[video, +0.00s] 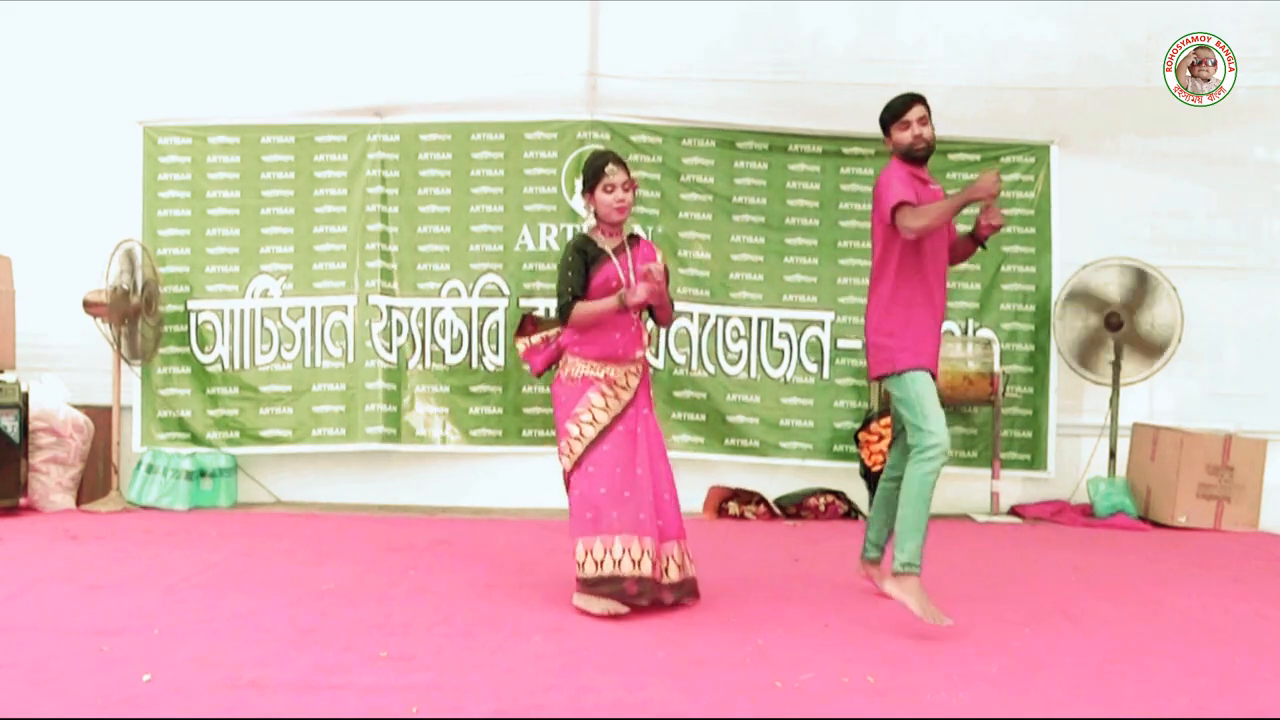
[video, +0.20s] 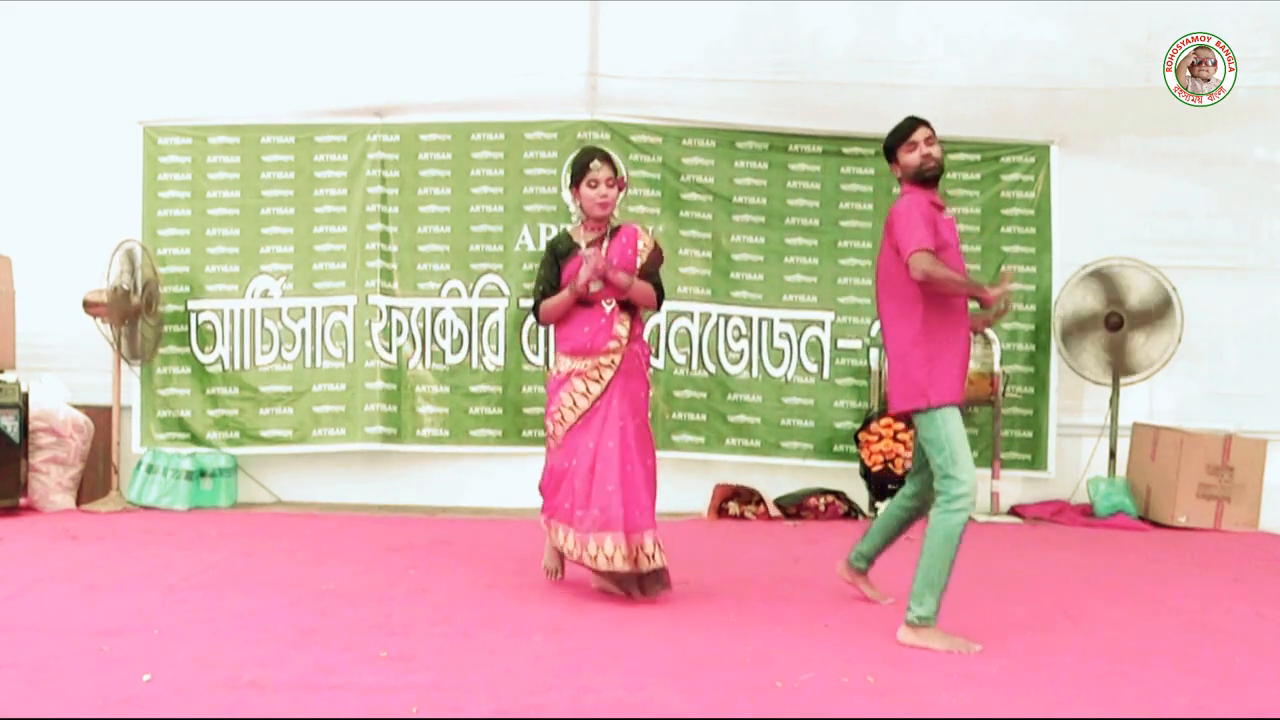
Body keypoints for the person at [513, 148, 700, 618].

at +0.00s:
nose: (621, 196)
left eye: (627, 187)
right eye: (610, 189)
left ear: (634, 192)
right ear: (589, 198)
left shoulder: (645, 250)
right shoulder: (580, 249)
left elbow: (666, 317)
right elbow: (569, 314)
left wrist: (659, 291)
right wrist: (621, 301)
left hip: (631, 374)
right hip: (585, 374)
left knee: (641, 471)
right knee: (597, 474)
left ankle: (643, 577)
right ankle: (595, 582)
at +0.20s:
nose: (604, 193)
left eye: (611, 184)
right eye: (593, 185)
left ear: (620, 189)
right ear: (576, 193)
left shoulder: (637, 242)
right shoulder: (560, 248)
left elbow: (654, 299)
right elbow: (543, 313)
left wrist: (615, 276)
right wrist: (576, 288)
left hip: (623, 363)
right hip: (572, 365)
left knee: (621, 455)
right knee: (570, 456)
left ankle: (616, 559)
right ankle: (557, 539)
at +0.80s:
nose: (612, 205)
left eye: (617, 196)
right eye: (600, 198)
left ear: (624, 200)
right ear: (580, 207)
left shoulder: (630, 254)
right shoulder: (577, 261)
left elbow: (641, 306)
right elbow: (587, 322)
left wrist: (657, 290)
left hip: (623, 385)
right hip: (580, 388)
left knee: (639, 467)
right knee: (605, 477)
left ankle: (615, 564)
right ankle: (556, 540)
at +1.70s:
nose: (644, 185)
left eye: (644, 176)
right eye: (634, 178)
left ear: (625, 184)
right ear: (608, 186)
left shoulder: (627, 239)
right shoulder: (604, 239)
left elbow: (627, 308)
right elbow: (625, 310)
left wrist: (668, 301)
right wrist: (685, 315)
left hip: (618, 370)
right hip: (598, 373)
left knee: (625, 469)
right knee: (637, 473)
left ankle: (588, 570)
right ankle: (614, 596)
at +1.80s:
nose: (636, 183)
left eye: (635, 175)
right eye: (625, 176)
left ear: (625, 182)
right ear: (598, 185)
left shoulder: (628, 237)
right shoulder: (589, 238)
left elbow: (634, 304)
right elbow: (613, 304)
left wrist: (660, 277)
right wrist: (666, 287)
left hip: (618, 368)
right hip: (587, 371)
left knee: (637, 467)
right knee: (616, 471)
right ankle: (607, 592)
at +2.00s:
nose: (615, 186)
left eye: (617, 177)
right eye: (605, 178)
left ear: (617, 183)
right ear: (578, 186)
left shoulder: (627, 239)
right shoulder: (561, 240)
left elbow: (646, 305)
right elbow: (546, 312)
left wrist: (630, 294)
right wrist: (607, 312)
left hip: (613, 366)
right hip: (567, 367)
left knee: (619, 459)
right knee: (574, 462)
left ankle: (602, 563)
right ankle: (540, 544)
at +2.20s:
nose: (601, 192)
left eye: (605, 183)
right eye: (590, 184)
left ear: (610, 192)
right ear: (566, 195)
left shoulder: (617, 248)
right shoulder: (548, 248)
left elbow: (636, 302)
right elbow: (509, 307)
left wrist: (680, 282)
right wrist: (492, 289)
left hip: (606, 375)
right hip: (556, 376)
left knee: (615, 462)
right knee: (561, 467)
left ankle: (614, 565)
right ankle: (561, 564)